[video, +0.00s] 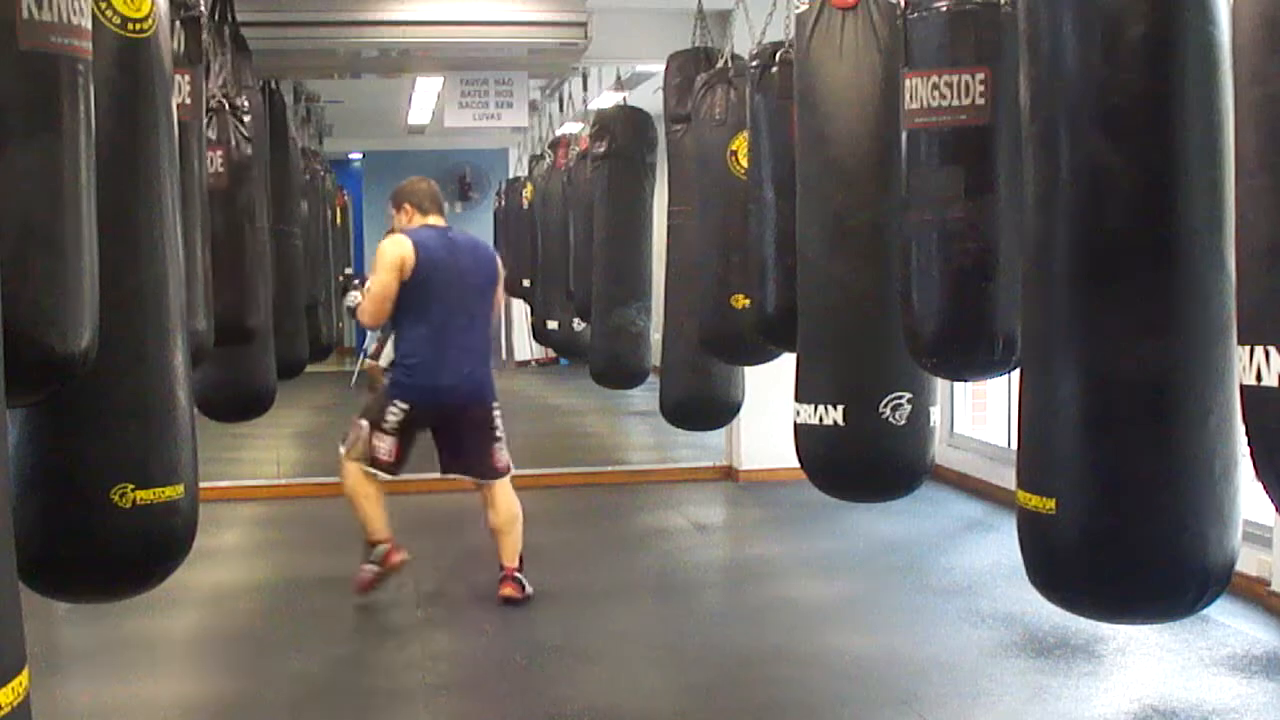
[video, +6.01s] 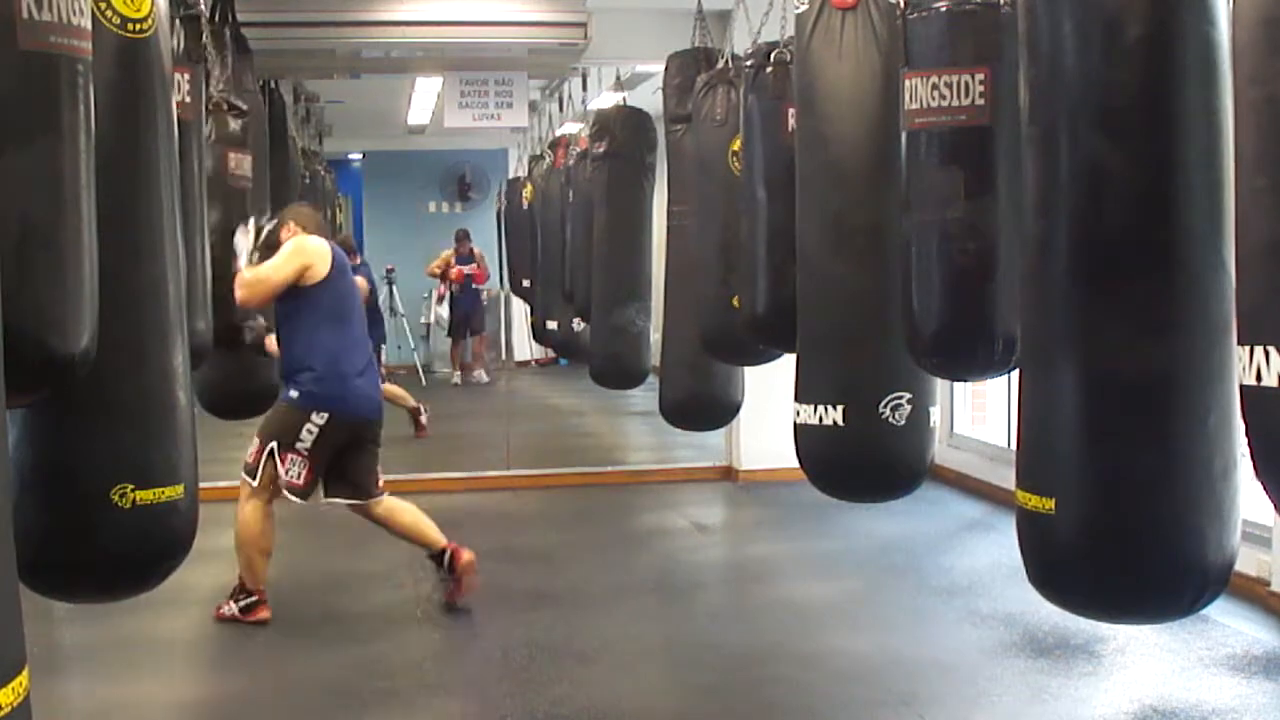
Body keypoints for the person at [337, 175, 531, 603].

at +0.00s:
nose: (393, 224)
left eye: (393, 216)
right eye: (392, 217)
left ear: (407, 211)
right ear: (442, 211)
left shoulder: (398, 246)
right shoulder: (487, 253)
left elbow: (372, 317)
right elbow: (495, 311)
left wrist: (362, 295)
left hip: (414, 385)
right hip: (473, 388)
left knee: (354, 461)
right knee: (497, 482)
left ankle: (381, 546)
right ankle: (512, 572)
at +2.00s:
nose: (460, 230)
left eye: (458, 224)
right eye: (458, 224)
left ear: (470, 215)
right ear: (501, 209)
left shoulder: (468, 249)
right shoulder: (554, 247)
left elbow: (426, 304)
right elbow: (572, 308)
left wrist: (417, 276)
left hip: (494, 388)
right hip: (550, 388)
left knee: (464, 487)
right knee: (570, 484)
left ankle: (486, 581)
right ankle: (598, 573)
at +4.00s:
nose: (333, 262)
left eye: (332, 254)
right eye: (332, 256)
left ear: (342, 248)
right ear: (372, 242)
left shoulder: (357, 274)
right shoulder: (420, 271)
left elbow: (358, 340)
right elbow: (422, 339)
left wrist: (308, 341)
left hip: (392, 409)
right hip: (443, 406)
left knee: (310, 476)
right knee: (484, 484)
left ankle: (318, 582)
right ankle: (548, 555)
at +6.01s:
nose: (279, 240)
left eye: (280, 233)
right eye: (279, 235)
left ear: (292, 229)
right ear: (323, 229)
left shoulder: (305, 248)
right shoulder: (345, 269)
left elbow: (245, 293)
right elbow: (325, 344)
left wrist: (245, 256)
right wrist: (273, 344)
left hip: (316, 396)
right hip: (364, 397)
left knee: (255, 489)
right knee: (365, 496)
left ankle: (250, 596)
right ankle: (447, 553)